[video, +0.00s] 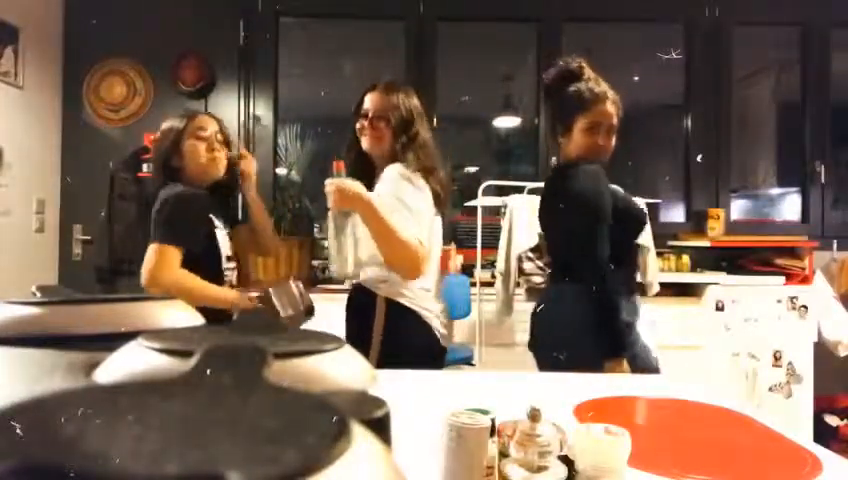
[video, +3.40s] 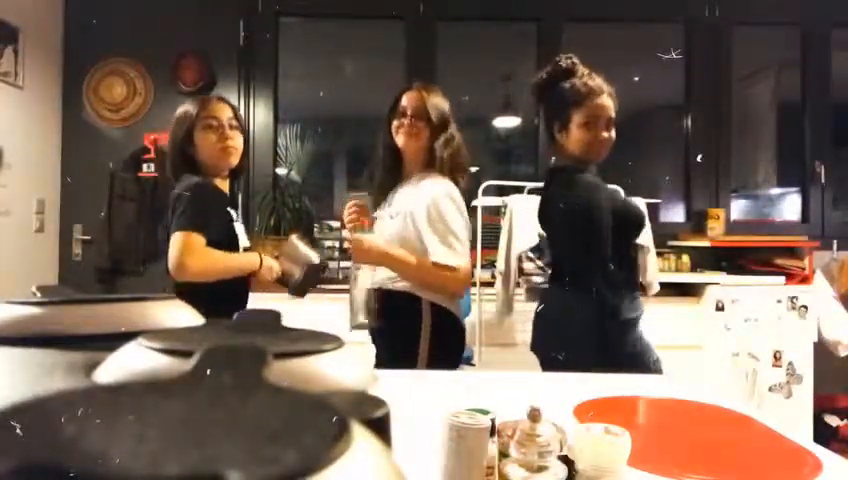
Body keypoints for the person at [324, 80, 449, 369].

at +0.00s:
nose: (365, 125)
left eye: (379, 119)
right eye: (362, 117)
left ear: (405, 128)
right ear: (356, 122)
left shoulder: (398, 178)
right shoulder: (410, 181)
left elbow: (410, 265)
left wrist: (362, 202)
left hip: (391, 319)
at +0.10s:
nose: (370, 116)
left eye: (383, 110)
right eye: (366, 107)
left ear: (407, 120)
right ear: (359, 113)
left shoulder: (400, 169)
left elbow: (417, 256)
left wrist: (365, 193)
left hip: (391, 310)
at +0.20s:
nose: (374, 115)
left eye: (388, 109)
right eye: (370, 106)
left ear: (411, 119)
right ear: (362, 111)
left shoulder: (406, 165)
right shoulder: (389, 168)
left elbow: (420, 251)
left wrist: (376, 184)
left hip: (394, 305)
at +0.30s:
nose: (374, 117)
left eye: (388, 111)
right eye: (370, 107)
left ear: (412, 122)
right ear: (363, 112)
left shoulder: (405, 166)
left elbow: (422, 251)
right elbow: (387, 256)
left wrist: (380, 185)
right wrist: (356, 308)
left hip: (394, 307)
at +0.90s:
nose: (356, 152)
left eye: (363, 143)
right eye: (354, 145)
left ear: (389, 143)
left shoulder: (396, 186)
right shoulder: (412, 188)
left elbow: (402, 255)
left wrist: (349, 210)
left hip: (402, 311)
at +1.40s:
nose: (394, 140)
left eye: (405, 133)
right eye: (391, 132)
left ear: (428, 142)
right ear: (385, 136)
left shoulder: (428, 189)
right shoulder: (407, 188)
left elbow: (427, 266)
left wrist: (378, 215)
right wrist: (360, 221)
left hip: (411, 307)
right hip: (391, 303)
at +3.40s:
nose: (405, 122)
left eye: (417, 117)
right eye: (400, 115)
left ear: (438, 128)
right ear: (392, 123)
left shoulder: (440, 192)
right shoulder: (401, 190)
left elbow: (457, 281)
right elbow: (402, 257)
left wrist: (383, 255)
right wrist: (361, 231)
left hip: (424, 318)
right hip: (393, 312)